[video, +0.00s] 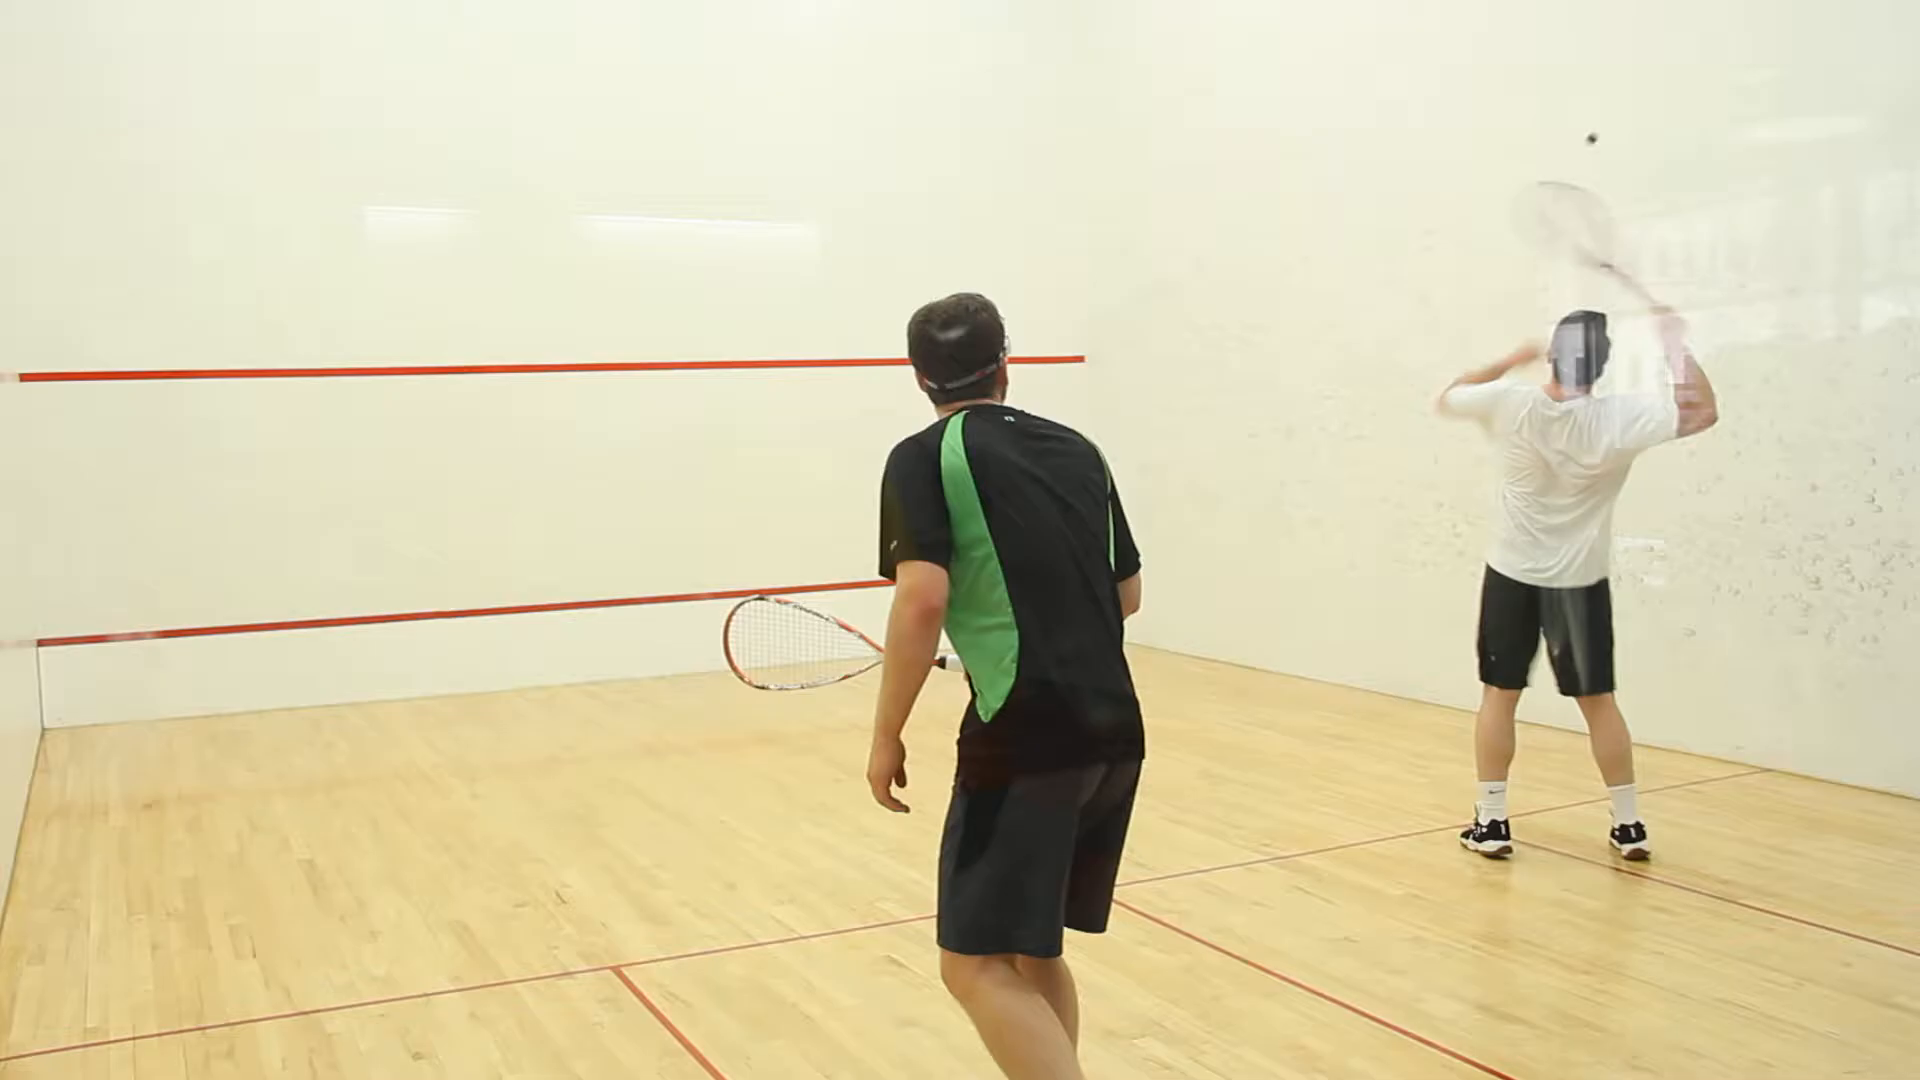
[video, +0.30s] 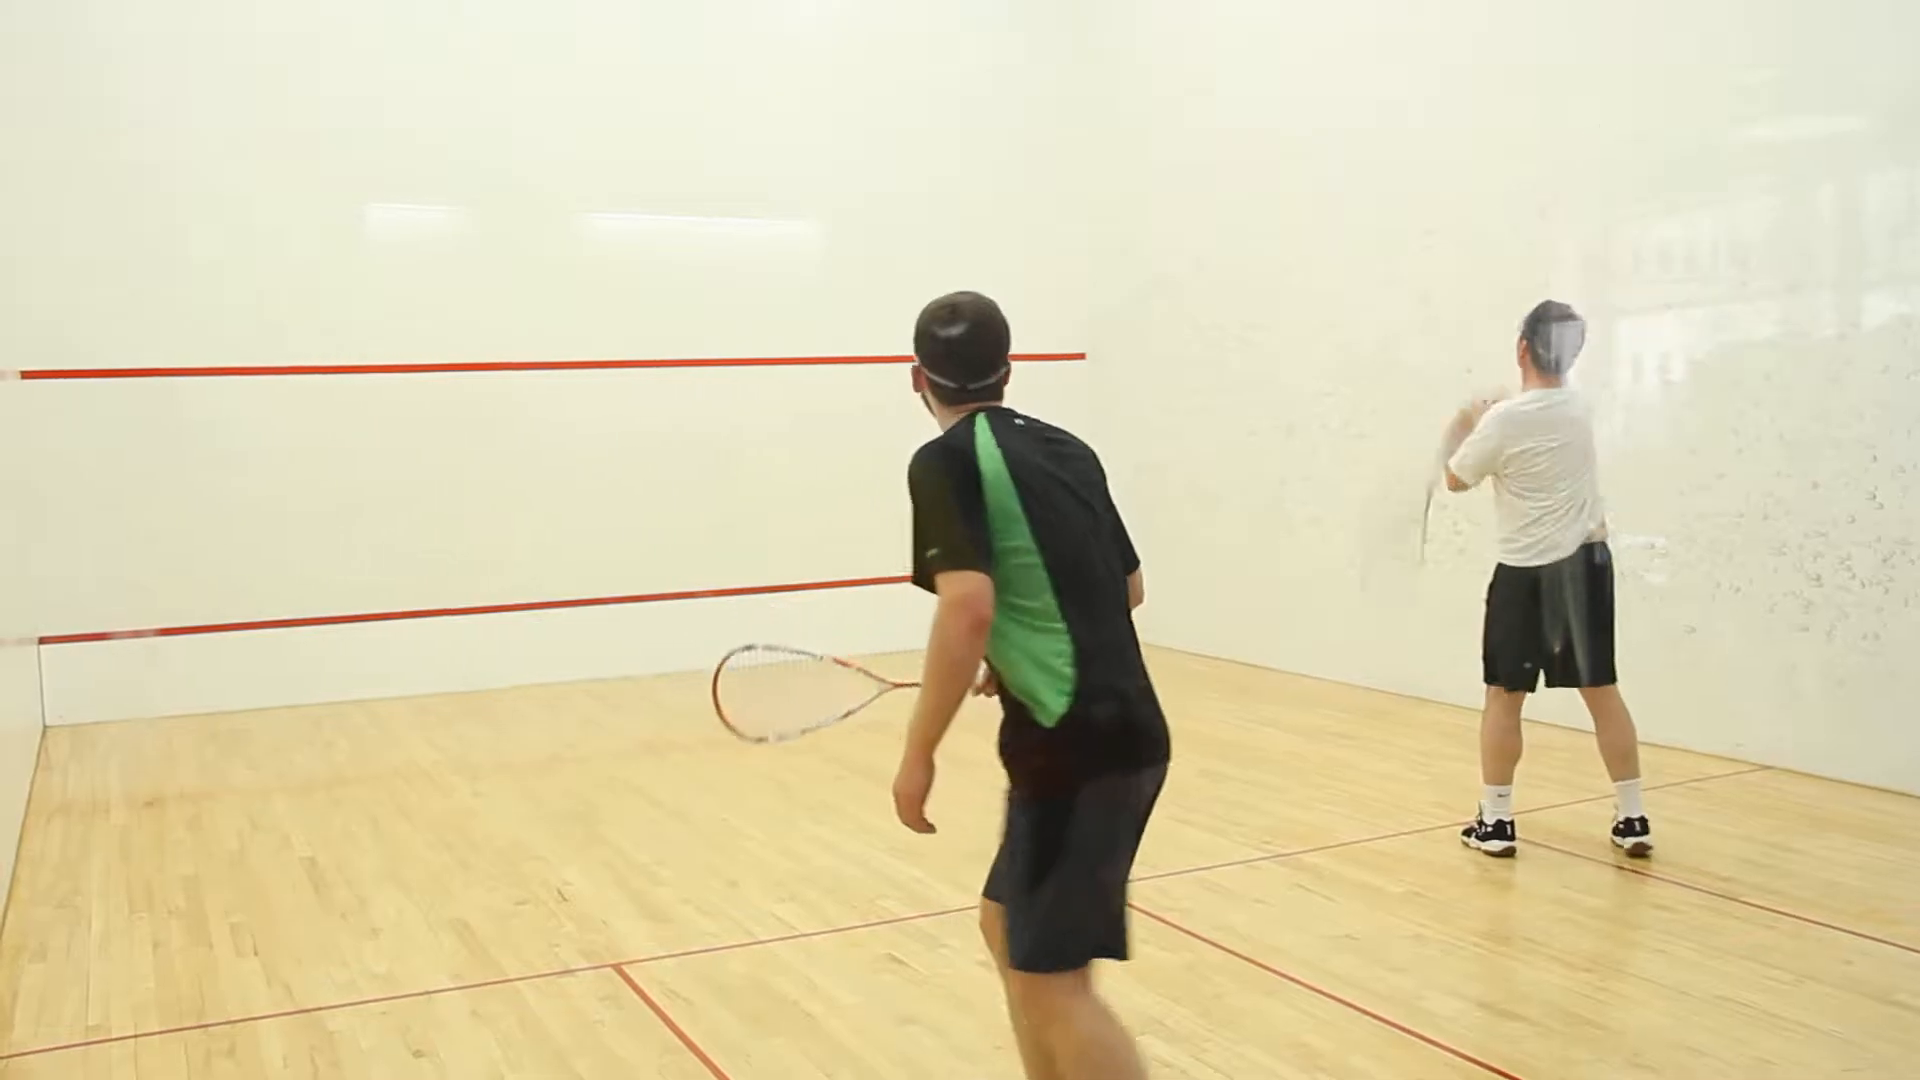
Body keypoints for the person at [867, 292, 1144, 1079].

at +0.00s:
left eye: (919, 371)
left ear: (919, 380)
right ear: (1004, 367)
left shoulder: (922, 458)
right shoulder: (1079, 450)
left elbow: (924, 598)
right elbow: (1124, 596)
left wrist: (888, 733)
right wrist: (1045, 651)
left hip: (1023, 738)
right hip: (1111, 731)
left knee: (973, 963)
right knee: (1037, 950)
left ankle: (1061, 1071)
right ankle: (1058, 1076)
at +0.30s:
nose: (920, 379)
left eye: (919, 369)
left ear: (921, 381)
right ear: (1005, 372)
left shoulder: (944, 461)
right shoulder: (1067, 449)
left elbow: (969, 606)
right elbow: (1128, 585)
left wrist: (921, 749)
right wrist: (1016, 654)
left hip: (1074, 752)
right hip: (1120, 738)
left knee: (1048, 974)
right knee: (1005, 917)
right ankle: (1050, 1071)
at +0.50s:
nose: (940, 372)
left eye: (941, 359)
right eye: (947, 358)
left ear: (952, 374)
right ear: (1033, 369)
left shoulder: (1010, 464)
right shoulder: (1073, 446)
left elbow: (1049, 625)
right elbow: (1096, 606)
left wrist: (973, 770)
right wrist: (1013, 687)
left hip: (1144, 778)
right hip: (1105, 771)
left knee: (1141, 1016)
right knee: (1030, 942)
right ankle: (1055, 1074)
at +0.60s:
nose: (975, 370)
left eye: (978, 356)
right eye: (981, 355)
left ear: (990, 376)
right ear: (1070, 374)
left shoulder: (1073, 479)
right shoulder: (1085, 460)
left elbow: (1121, 655)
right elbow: (1116, 617)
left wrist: (1029, 791)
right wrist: (1029, 680)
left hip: (1190, 792)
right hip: (1128, 782)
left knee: (1180, 1038)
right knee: (1046, 955)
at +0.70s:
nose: (1031, 373)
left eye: (1038, 358)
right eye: (1038, 356)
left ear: (1056, 378)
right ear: (1124, 377)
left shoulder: (1170, 496)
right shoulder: (1108, 494)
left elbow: (1222, 684)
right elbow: (1128, 638)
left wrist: (1117, 825)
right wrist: (1045, 707)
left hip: (1247, 812)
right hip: (1164, 802)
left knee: (1208, 1049)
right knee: (1097, 981)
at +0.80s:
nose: (1096, 369)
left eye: (1109, 353)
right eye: (1103, 351)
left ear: (1141, 378)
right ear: (1159, 380)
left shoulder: (1271, 501)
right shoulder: (1152, 503)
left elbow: (1334, 701)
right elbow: (1139, 629)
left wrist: (1211, 846)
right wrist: (1056, 730)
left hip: (1300, 831)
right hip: (1190, 827)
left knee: (1244, 1064)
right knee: (1115, 1028)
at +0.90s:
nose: (1139, 349)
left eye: (1157, 332)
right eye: (1149, 328)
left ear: (1208, 364)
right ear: (1208, 366)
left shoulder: (1358, 489)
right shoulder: (1168, 494)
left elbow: (1429, 688)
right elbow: (1107, 641)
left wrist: (1302, 833)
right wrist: (1016, 766)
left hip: (1373, 814)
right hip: (1252, 803)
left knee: (1302, 1066)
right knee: (1142, 1047)